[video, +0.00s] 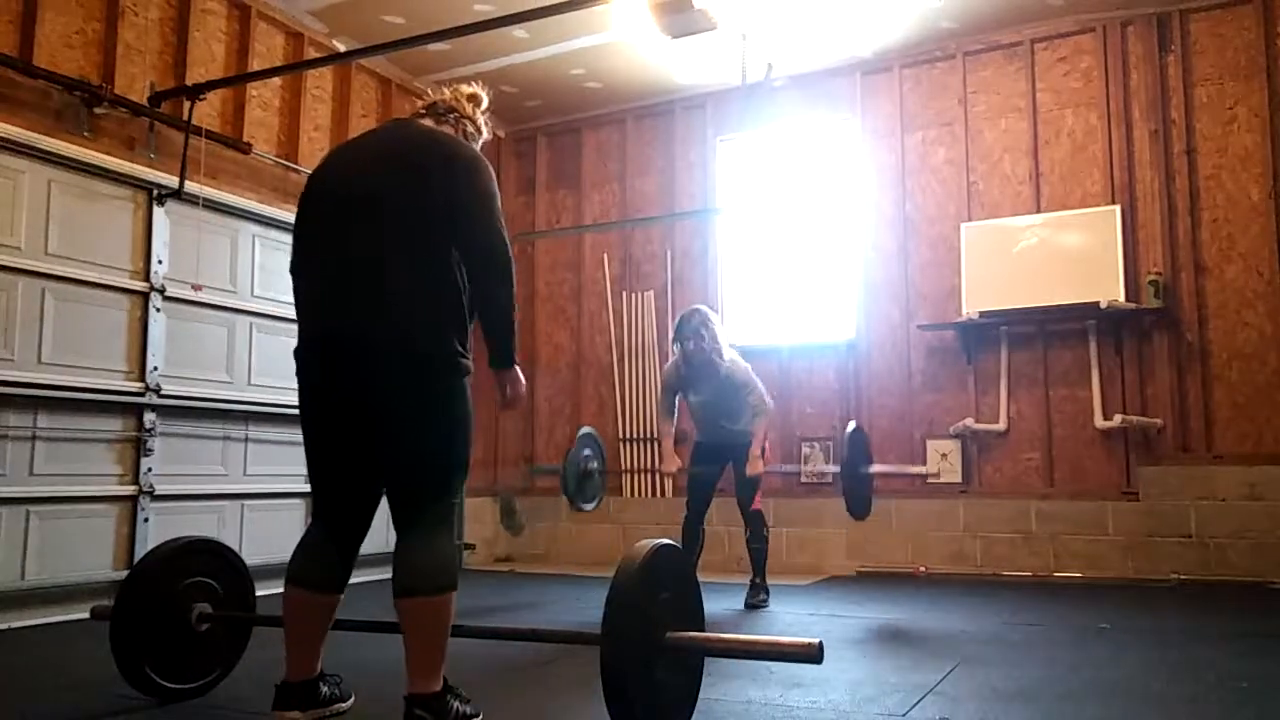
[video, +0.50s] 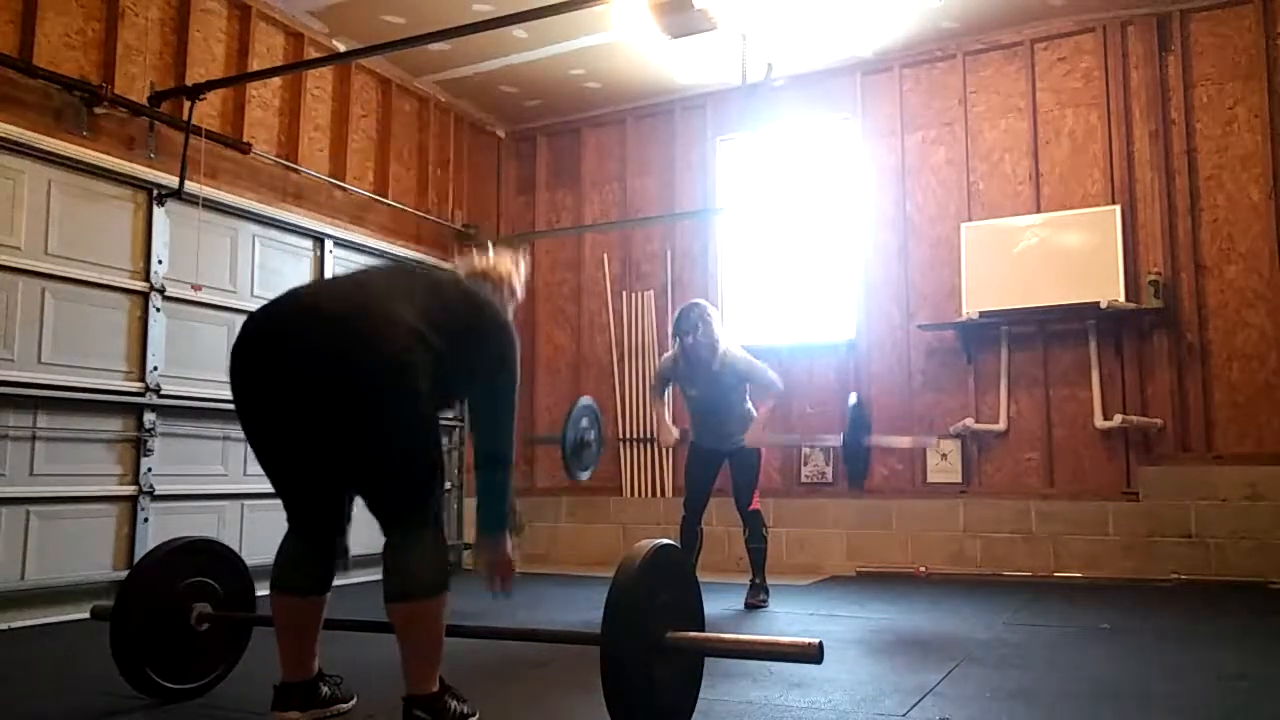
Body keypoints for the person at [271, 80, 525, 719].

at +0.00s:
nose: (480, 153)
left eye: (482, 147)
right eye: (483, 146)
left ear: (424, 115)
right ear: (471, 132)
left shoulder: (343, 156)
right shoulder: (462, 158)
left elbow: (307, 262)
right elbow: (490, 259)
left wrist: (326, 346)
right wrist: (504, 357)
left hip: (329, 362)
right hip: (421, 365)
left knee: (333, 516)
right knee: (429, 521)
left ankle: (299, 682)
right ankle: (427, 694)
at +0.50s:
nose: (513, 313)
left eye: (514, 304)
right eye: (515, 303)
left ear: (464, 276)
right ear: (508, 296)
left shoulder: (407, 284)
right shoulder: (492, 328)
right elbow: (493, 449)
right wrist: (494, 538)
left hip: (266, 351)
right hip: (373, 371)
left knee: (314, 521)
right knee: (413, 529)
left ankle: (297, 686)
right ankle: (424, 696)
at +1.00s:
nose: (510, 386)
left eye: (513, 380)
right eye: (511, 379)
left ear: (467, 341)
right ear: (502, 364)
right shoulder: (490, 387)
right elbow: (496, 513)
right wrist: (495, 605)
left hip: (251, 386)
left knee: (334, 520)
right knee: (430, 528)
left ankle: (298, 685)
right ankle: (426, 694)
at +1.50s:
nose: (494, 267)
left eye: (494, 259)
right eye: (493, 259)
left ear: (442, 234)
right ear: (485, 252)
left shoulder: (385, 254)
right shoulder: (475, 275)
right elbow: (497, 366)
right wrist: (494, 472)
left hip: (255, 345)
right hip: (357, 362)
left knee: (308, 518)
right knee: (407, 524)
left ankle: (294, 685)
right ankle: (424, 696)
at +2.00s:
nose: (498, 251)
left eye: (500, 242)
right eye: (498, 241)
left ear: (450, 210)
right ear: (487, 227)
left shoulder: (387, 231)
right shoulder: (472, 232)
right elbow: (492, 291)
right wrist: (495, 386)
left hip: (259, 344)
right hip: (353, 358)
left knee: (312, 519)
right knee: (401, 528)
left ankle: (294, 684)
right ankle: (420, 695)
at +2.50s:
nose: (501, 379)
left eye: (504, 371)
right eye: (502, 369)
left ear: (453, 339)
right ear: (489, 352)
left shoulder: (396, 351)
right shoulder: (480, 386)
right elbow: (496, 502)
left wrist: (331, 589)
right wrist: (502, 597)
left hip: (246, 408)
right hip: (358, 414)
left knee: (342, 520)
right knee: (437, 519)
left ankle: (299, 687)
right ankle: (427, 694)